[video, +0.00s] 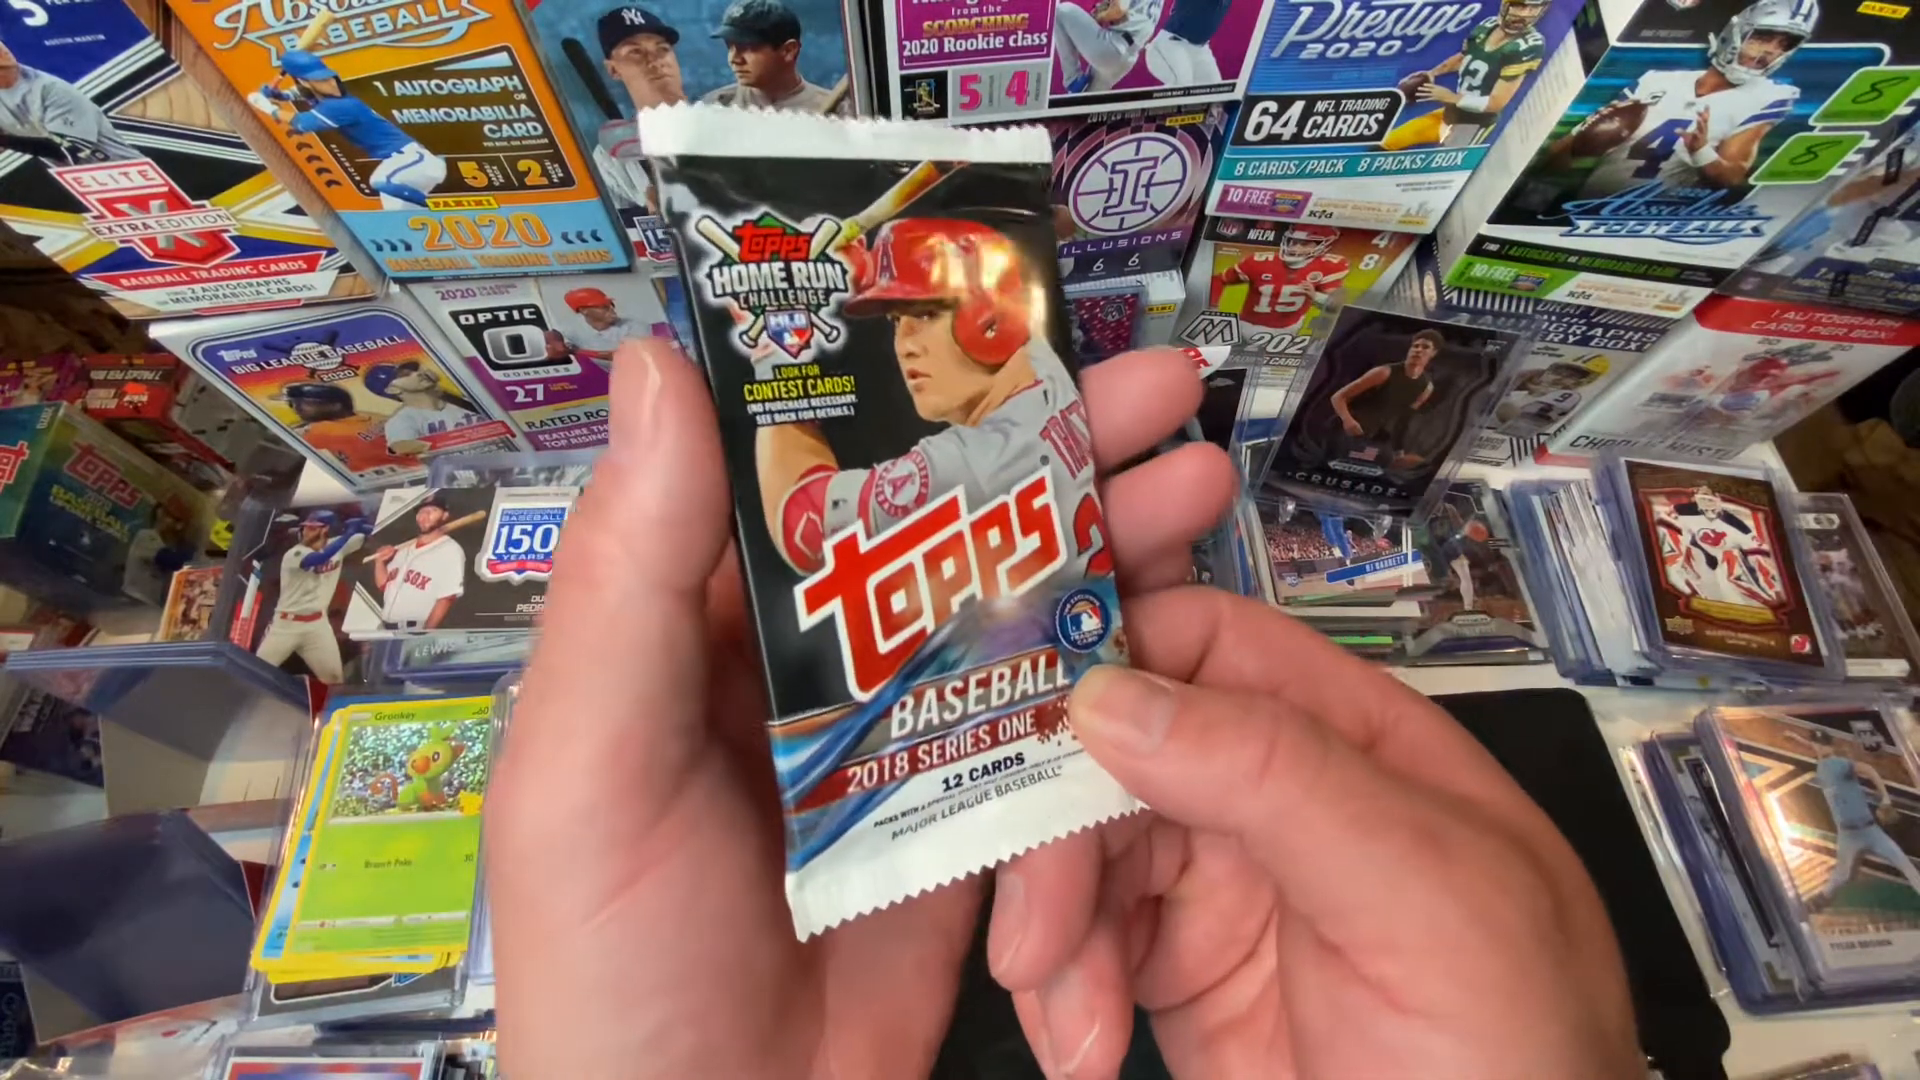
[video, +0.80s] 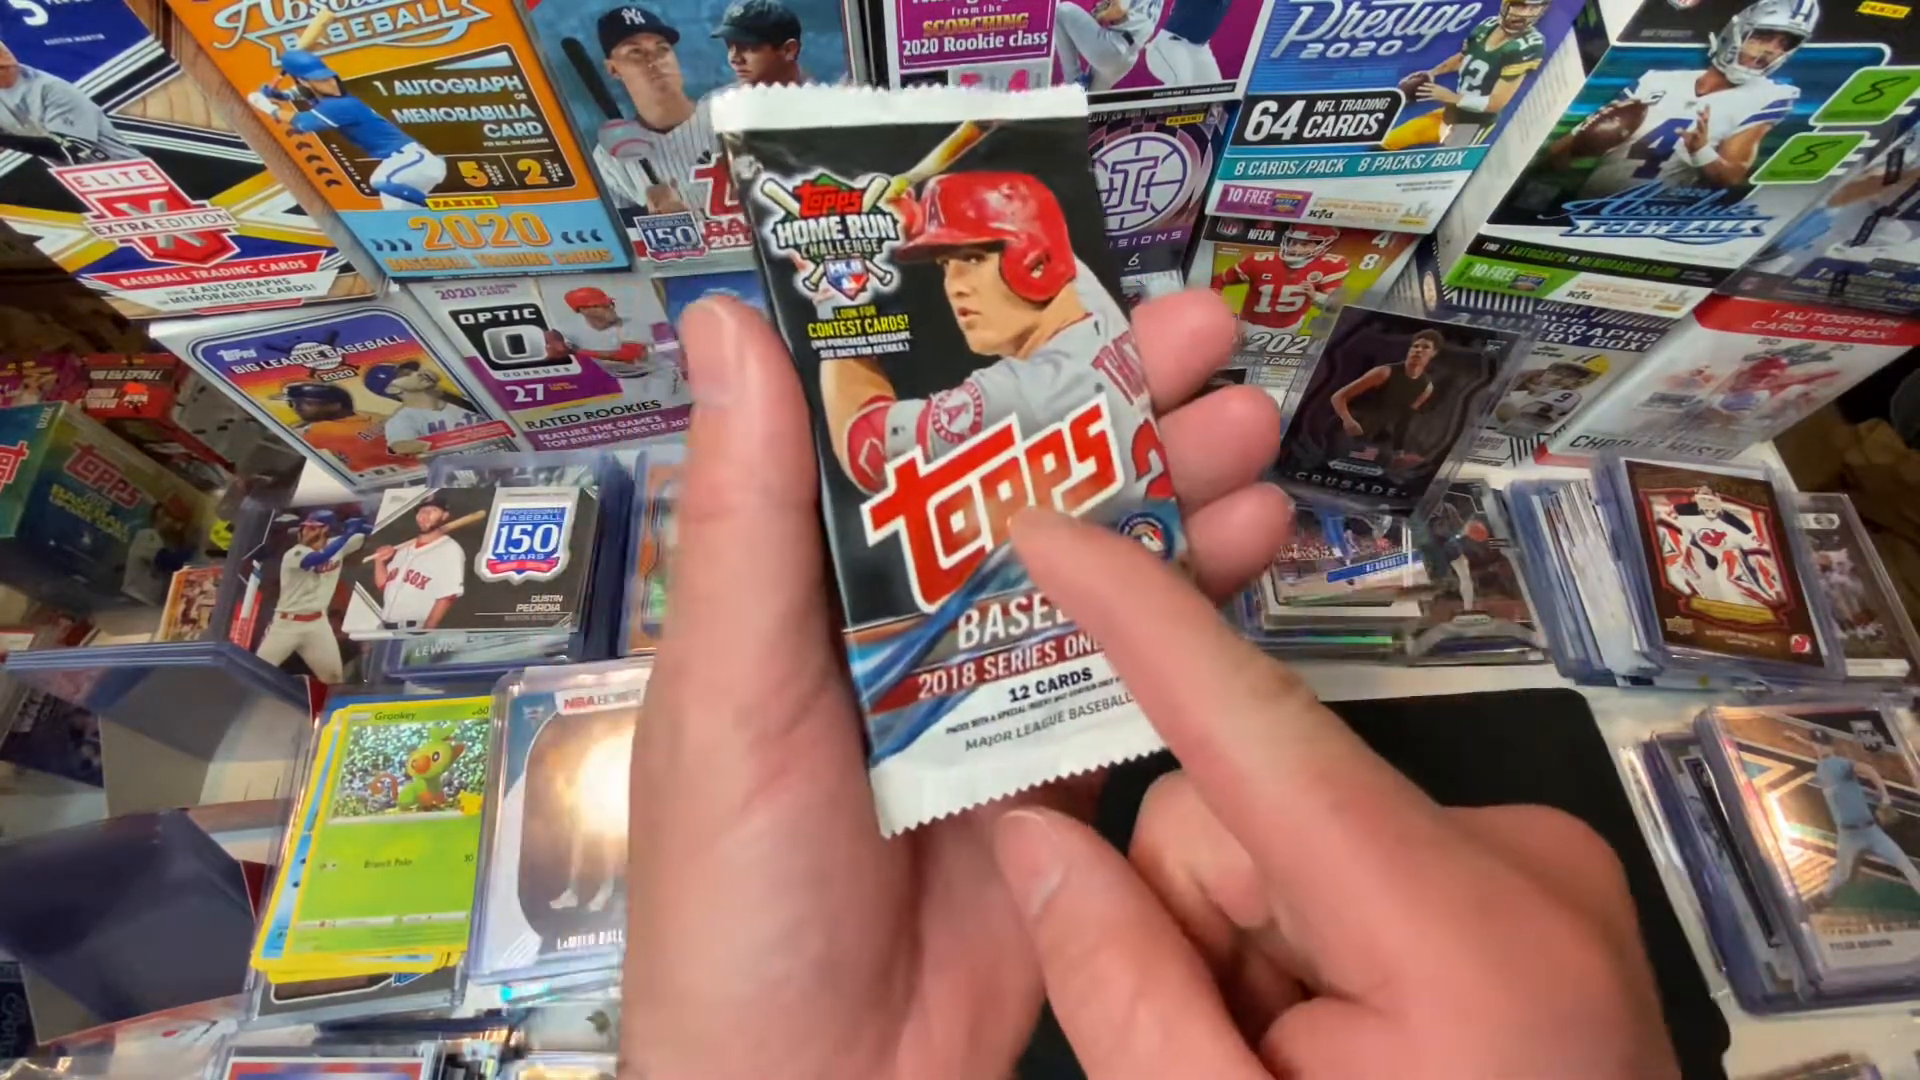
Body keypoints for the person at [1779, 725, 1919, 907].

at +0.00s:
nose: (1823, 750)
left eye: (1825, 745)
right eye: (1819, 746)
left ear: (1831, 745)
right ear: (1814, 748)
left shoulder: (1839, 764)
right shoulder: (1822, 767)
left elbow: (1868, 770)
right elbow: (1810, 745)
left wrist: (1885, 798)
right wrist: (1796, 737)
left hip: (1870, 829)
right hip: (1847, 834)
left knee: (1903, 862)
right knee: (1842, 875)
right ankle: (1824, 896)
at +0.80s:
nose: (1822, 749)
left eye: (1824, 744)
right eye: (1818, 745)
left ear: (1830, 745)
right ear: (1814, 748)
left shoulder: (1839, 764)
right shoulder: (1823, 767)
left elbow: (1869, 770)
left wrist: (1885, 797)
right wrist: (1796, 738)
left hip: (1871, 829)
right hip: (1847, 834)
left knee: (1903, 862)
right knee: (1842, 874)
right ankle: (1825, 896)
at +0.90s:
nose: (1823, 749)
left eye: (1825, 744)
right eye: (1819, 745)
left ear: (1831, 745)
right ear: (1814, 748)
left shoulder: (1839, 764)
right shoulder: (1823, 767)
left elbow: (1868, 770)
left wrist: (1884, 797)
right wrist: (1796, 738)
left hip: (1871, 829)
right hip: (1847, 834)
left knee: (1904, 863)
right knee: (1842, 874)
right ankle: (1825, 896)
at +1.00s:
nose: (1823, 749)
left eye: (1825, 744)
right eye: (1819, 745)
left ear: (1831, 745)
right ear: (1814, 748)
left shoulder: (1839, 764)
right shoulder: (1823, 767)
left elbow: (1868, 770)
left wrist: (1884, 797)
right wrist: (1796, 738)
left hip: (1871, 829)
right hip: (1847, 834)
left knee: (1904, 863)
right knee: (1842, 875)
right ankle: (1825, 896)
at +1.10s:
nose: (1823, 749)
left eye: (1825, 744)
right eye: (1819, 745)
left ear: (1831, 745)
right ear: (1814, 747)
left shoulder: (1839, 764)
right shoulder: (1823, 767)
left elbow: (1868, 770)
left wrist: (1885, 797)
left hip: (1871, 828)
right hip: (1847, 834)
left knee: (1904, 864)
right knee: (1843, 875)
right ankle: (1823, 897)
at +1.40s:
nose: (1824, 749)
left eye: (1826, 744)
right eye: (1819, 745)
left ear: (1831, 745)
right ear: (1814, 748)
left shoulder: (1839, 764)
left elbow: (1868, 770)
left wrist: (1885, 797)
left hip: (1871, 829)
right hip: (1847, 834)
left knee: (1904, 863)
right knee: (1842, 875)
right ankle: (1824, 897)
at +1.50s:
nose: (1823, 749)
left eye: (1826, 744)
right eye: (1819, 746)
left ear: (1831, 745)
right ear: (1814, 748)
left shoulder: (1839, 764)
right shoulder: (1823, 766)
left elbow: (1868, 770)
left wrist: (1885, 797)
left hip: (1870, 828)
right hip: (1847, 834)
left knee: (1904, 864)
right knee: (1843, 874)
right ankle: (1823, 897)